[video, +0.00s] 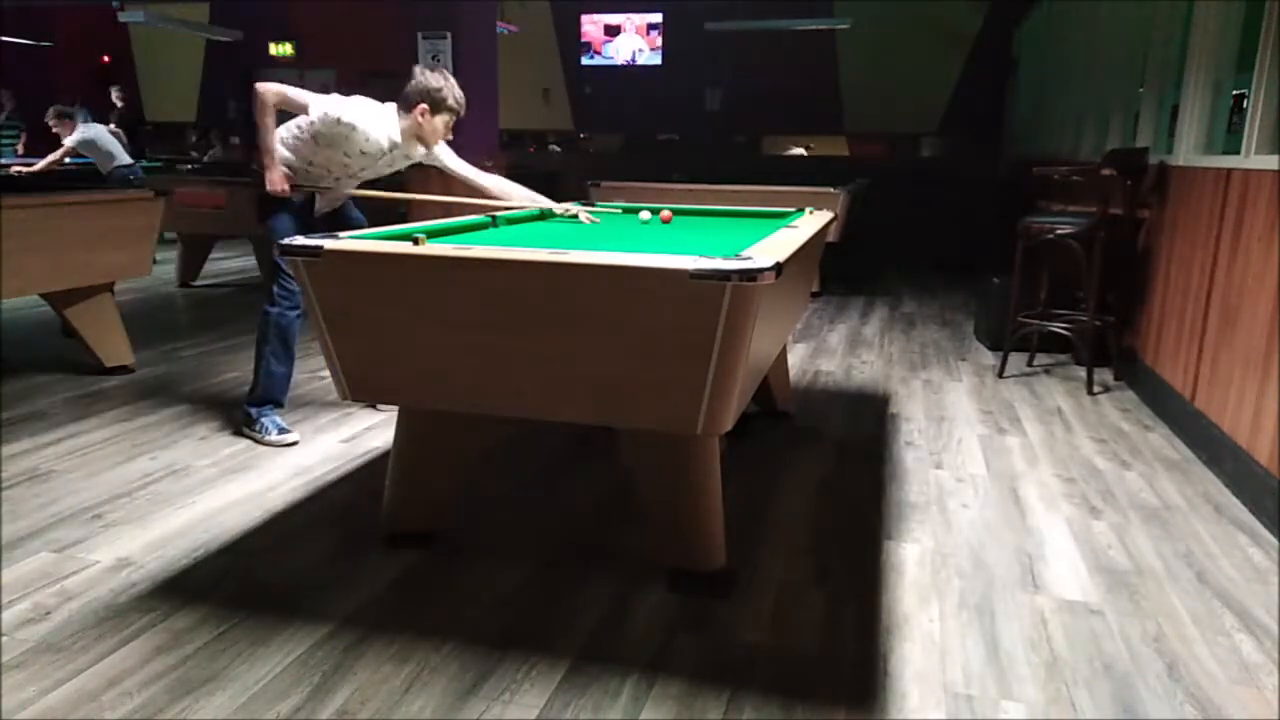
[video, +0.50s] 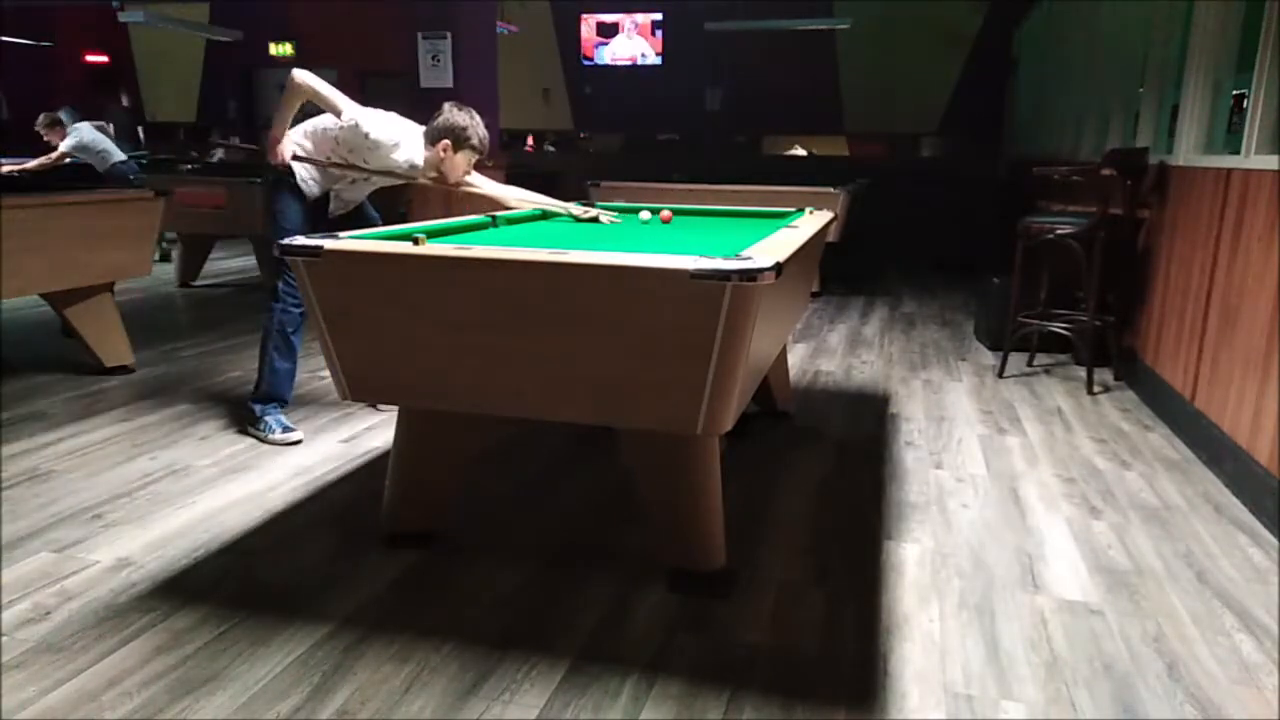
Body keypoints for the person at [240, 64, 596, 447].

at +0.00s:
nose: (450, 132)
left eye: (454, 124)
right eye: (449, 121)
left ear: (424, 114)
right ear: (422, 112)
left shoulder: (424, 146)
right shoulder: (353, 119)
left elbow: (488, 183)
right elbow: (266, 91)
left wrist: (554, 207)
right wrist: (270, 162)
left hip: (331, 192)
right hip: (286, 186)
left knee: (378, 274)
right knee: (287, 293)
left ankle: (377, 383)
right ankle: (260, 410)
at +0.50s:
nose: (470, 172)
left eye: (474, 164)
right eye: (469, 161)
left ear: (448, 150)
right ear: (444, 148)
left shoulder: (432, 161)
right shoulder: (382, 136)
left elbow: (503, 195)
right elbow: (299, 79)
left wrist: (572, 209)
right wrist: (279, 133)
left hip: (345, 186)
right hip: (299, 172)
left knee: (387, 271)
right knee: (293, 290)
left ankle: (392, 380)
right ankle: (266, 408)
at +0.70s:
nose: (467, 11)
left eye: (466, 3)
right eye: (459, 2)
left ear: (442, 7)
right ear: (430, 3)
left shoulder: (451, 55)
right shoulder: (380, 31)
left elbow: (493, 124)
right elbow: (293, 64)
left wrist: (550, 183)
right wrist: (295, 147)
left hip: (400, 182)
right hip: (358, 176)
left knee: (419, 294)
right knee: (385, 294)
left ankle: (401, 419)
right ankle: (373, 426)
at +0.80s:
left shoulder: (427, 21)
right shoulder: (368, 11)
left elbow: (415, 98)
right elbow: (308, 81)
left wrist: (470, 152)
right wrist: (331, 175)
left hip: (402, 170)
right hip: (371, 170)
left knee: (402, 300)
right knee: (408, 298)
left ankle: (384, 428)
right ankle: (380, 430)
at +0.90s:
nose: (460, 8)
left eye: (460, 4)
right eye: (458, 2)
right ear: (444, 0)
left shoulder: (399, 29)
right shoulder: (425, 32)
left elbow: (399, 120)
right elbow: (423, 114)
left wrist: (434, 170)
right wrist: (459, 168)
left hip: (388, 167)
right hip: (404, 169)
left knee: (405, 289)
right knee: (428, 286)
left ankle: (387, 410)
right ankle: (389, 412)